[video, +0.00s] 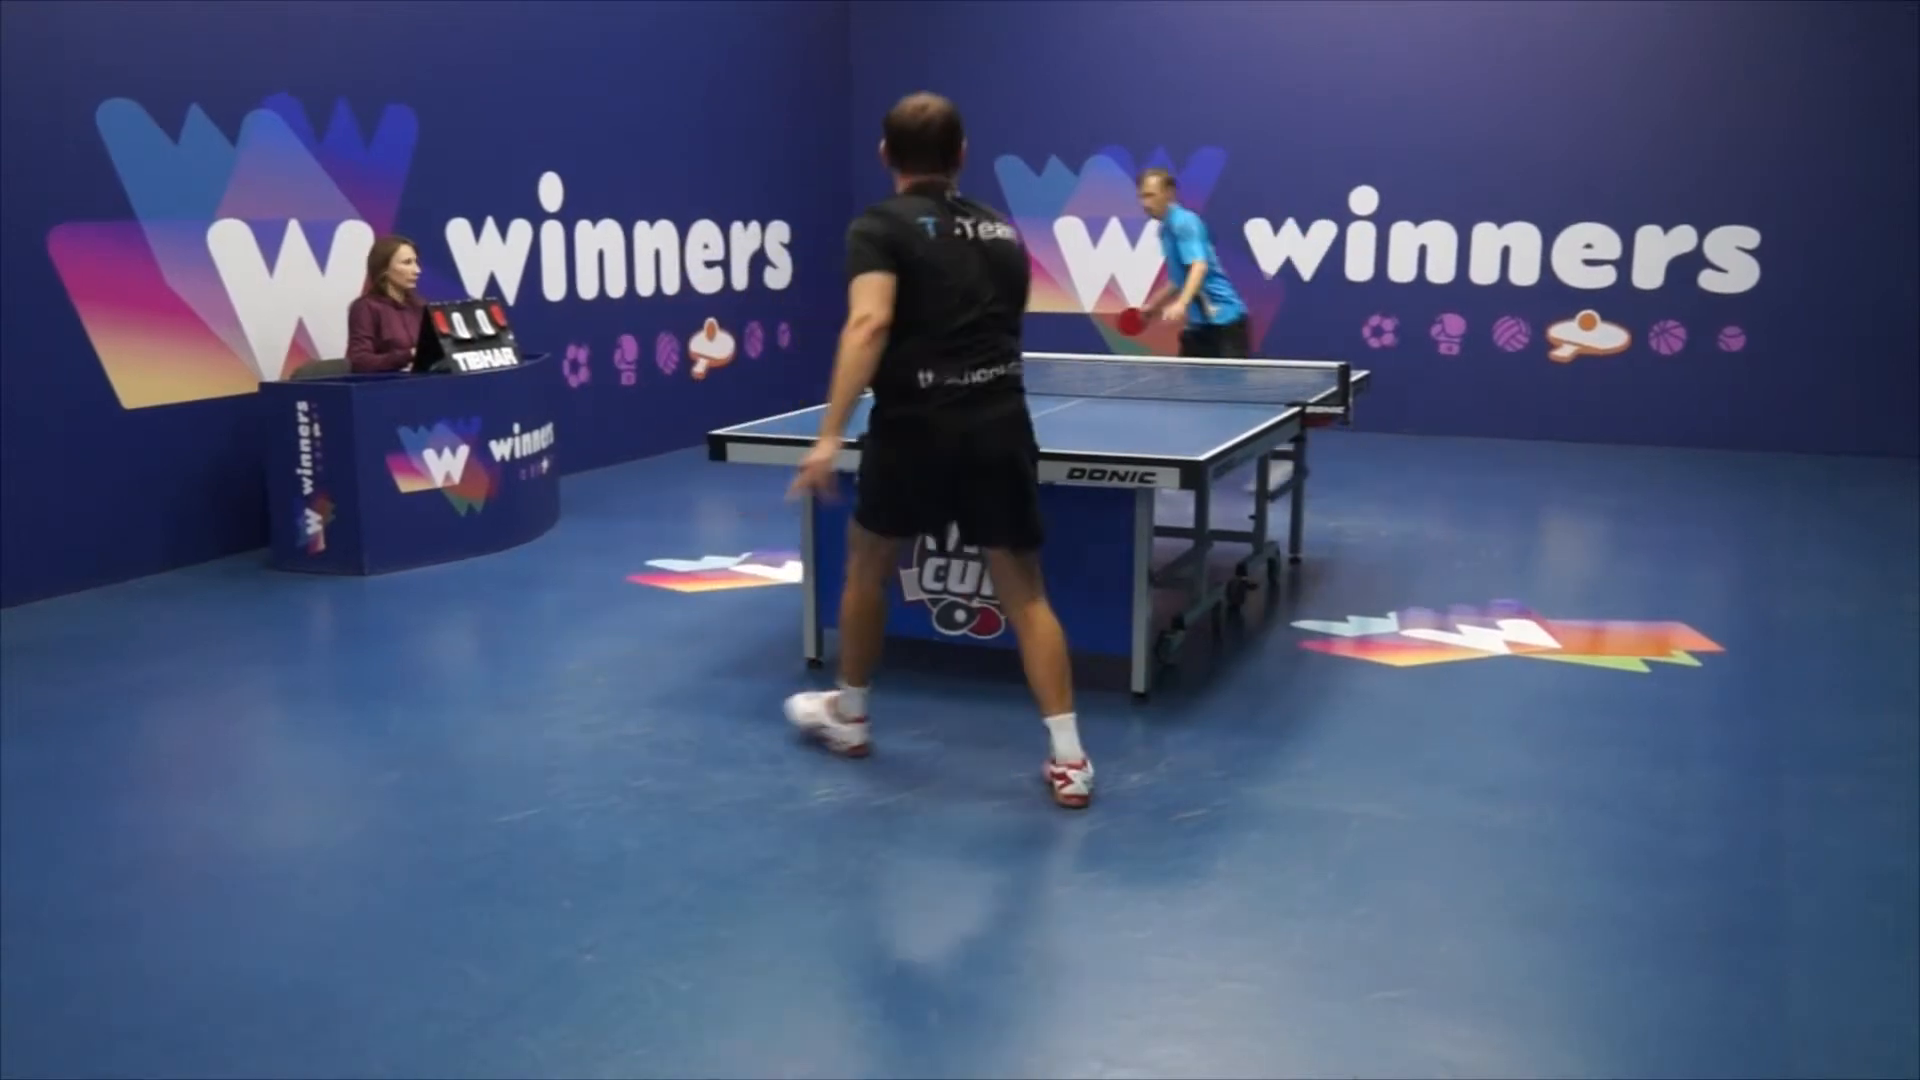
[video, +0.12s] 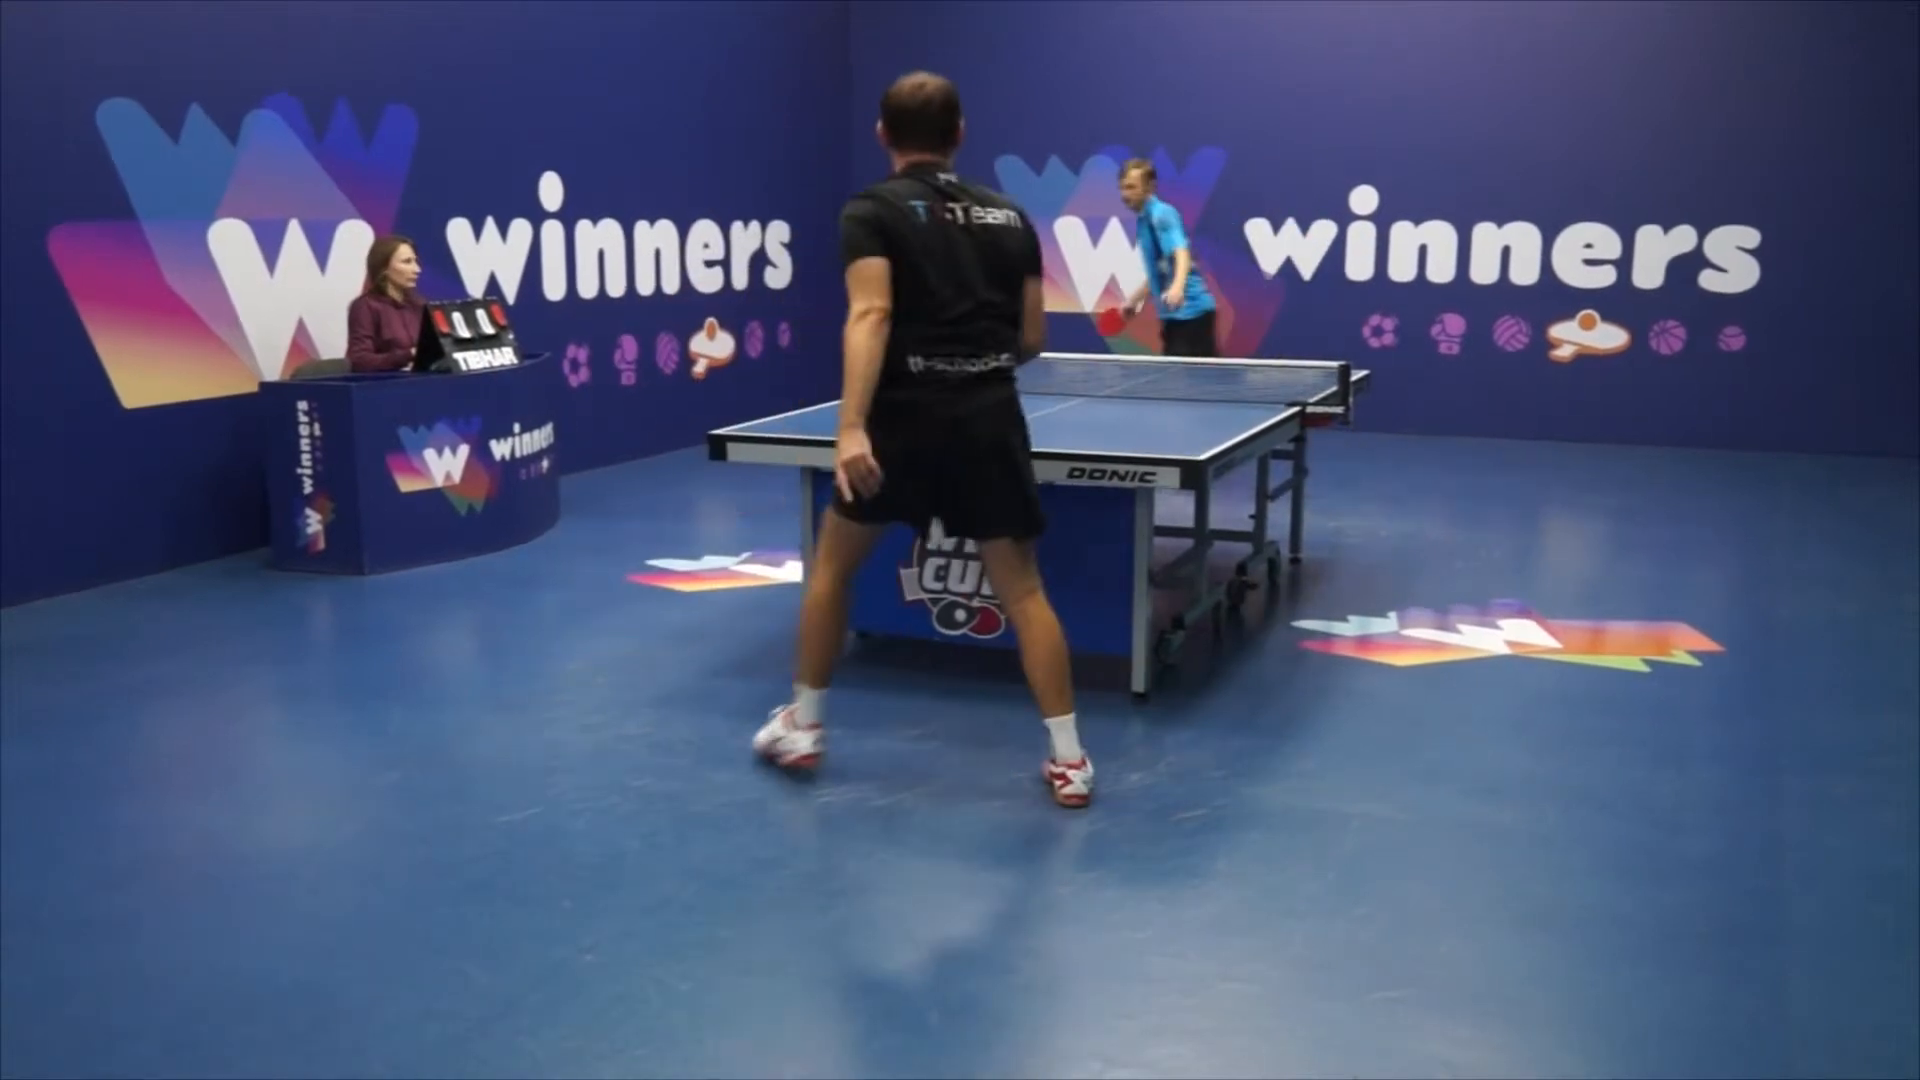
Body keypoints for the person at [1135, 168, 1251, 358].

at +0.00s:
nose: (1145, 203)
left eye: (1150, 196)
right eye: (1142, 197)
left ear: (1169, 194)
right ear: (1139, 197)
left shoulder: (1184, 222)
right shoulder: (1166, 229)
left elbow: (1199, 266)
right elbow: (1177, 281)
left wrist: (1180, 305)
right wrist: (1151, 309)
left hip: (1226, 320)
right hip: (1198, 322)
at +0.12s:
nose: (1125, 194)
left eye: (1131, 187)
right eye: (1123, 188)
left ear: (1149, 187)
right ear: (1120, 189)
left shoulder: (1162, 213)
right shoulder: (1143, 221)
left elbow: (1181, 251)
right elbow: (1157, 271)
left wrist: (1178, 287)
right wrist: (1136, 301)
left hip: (1193, 311)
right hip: (1172, 313)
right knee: (1173, 377)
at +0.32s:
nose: (1099, 188)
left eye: (1107, 184)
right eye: (1098, 182)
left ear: (1123, 188)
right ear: (1095, 181)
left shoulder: (1122, 215)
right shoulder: (1111, 216)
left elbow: (1131, 248)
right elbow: (1119, 272)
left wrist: (1143, 273)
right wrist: (1102, 304)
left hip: (1136, 324)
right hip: (1119, 325)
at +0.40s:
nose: (1087, 189)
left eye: (1095, 185)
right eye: (1086, 183)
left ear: (1111, 190)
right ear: (1083, 182)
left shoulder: (1110, 221)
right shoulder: (1099, 219)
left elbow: (1107, 277)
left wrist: (1085, 317)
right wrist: (1085, 315)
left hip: (1113, 326)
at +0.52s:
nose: (1069, 187)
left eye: (1076, 182)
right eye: (1068, 180)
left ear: (1093, 183)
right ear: (1065, 179)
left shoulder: (1094, 216)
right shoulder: (1083, 212)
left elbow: (1071, 265)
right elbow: (1069, 262)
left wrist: (1033, 300)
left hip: (1094, 317)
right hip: (1076, 317)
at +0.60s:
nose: (1056, 185)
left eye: (1064, 180)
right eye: (1054, 179)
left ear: (1081, 182)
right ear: (1051, 179)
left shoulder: (1076, 216)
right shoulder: (1085, 212)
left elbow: (1044, 260)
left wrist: (1009, 292)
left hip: (1077, 315)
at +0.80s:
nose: (1019, 196)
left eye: (1024, 189)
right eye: (1017, 190)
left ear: (1042, 188)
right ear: (1014, 190)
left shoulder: (1035, 218)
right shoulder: (1059, 217)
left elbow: (1016, 251)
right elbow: (1070, 266)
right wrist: (1075, 309)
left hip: (1041, 318)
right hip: (1061, 316)